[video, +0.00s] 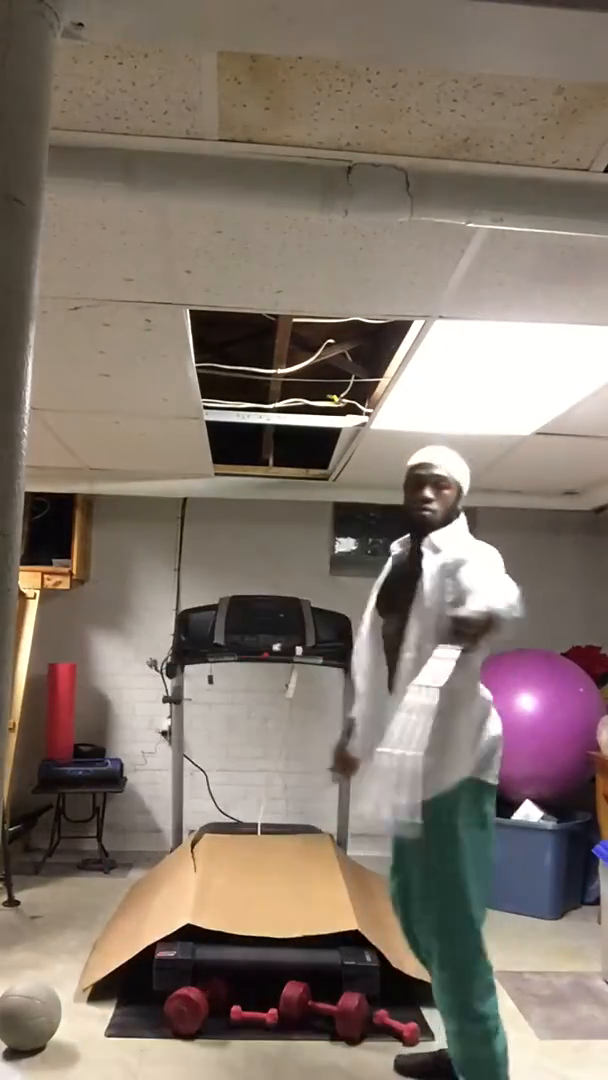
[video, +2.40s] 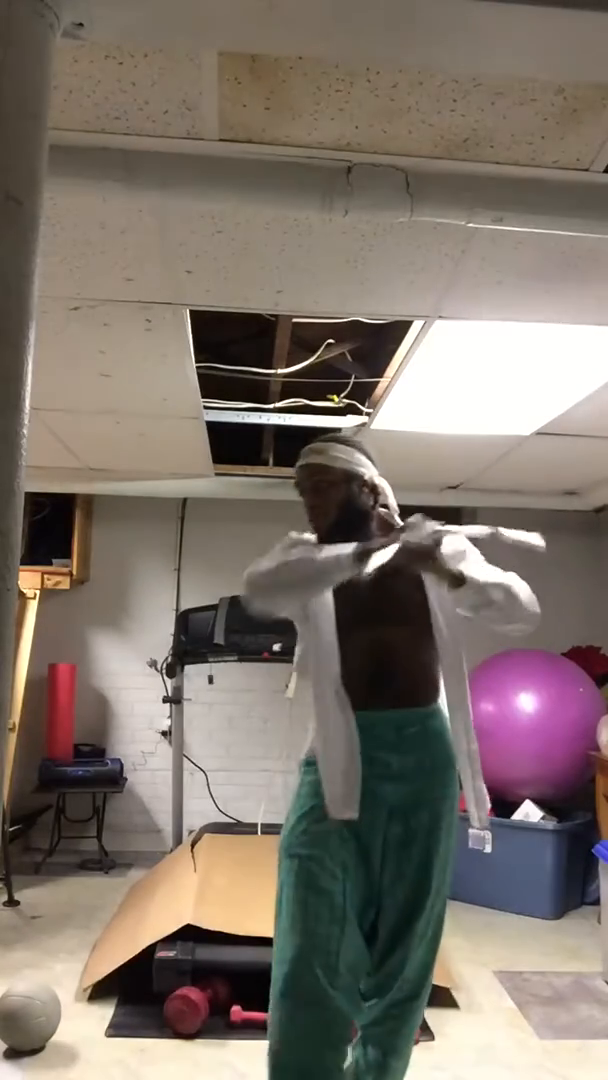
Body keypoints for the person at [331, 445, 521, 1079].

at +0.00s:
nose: (426, 494)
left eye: (440, 485)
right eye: (416, 484)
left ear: (462, 496)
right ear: (405, 494)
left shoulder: (471, 554)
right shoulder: (394, 564)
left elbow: (503, 599)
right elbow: (368, 659)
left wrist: (481, 616)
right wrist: (353, 737)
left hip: (453, 755)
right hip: (405, 756)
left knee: (449, 916)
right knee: (412, 907)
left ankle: (482, 1066)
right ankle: (462, 1049)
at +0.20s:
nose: (445, 499)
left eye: (456, 491)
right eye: (433, 489)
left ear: (468, 503)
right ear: (411, 500)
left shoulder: (484, 563)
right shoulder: (388, 570)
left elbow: (533, 599)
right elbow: (358, 665)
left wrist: (587, 629)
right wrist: (319, 735)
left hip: (458, 732)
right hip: (401, 729)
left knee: (454, 893)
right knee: (422, 891)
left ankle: (472, 1061)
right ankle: (460, 1043)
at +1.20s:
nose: (437, 516)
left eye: (447, 507)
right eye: (426, 507)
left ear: (462, 516)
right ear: (407, 516)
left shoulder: (493, 576)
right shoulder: (377, 574)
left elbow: (526, 644)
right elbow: (358, 644)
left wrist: (579, 660)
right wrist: (400, 685)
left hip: (467, 734)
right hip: (401, 737)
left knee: (447, 900)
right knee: (425, 898)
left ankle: (423, 1062)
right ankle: (469, 1033)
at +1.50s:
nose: (424, 510)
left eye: (433, 500)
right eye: (412, 502)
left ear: (452, 510)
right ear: (395, 514)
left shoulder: (478, 580)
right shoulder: (372, 550)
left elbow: (527, 647)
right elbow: (394, 571)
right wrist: (469, 600)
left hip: (444, 734)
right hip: (379, 735)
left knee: (414, 910)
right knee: (414, 898)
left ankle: (385, 1069)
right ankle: (466, 1028)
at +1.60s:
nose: (414, 507)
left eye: (425, 497)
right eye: (404, 500)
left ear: (448, 507)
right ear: (389, 512)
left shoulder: (475, 580)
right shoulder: (371, 548)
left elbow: (476, 686)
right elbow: (366, 558)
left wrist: (470, 628)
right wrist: (491, 600)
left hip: (432, 742)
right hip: (369, 741)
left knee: (401, 921)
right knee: (403, 899)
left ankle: (372, 1072)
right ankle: (463, 1022)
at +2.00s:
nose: (360, 481)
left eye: (373, 470)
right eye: (356, 474)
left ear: (415, 487)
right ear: (355, 492)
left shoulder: (456, 561)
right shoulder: (341, 548)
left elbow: (499, 661)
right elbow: (329, 508)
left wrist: (490, 566)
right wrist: (436, 522)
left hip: (417, 738)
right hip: (337, 735)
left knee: (395, 923)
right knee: (308, 904)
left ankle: (367, 1069)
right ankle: (383, 1009)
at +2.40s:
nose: (310, 506)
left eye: (322, 490)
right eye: (305, 494)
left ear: (371, 491)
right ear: (302, 502)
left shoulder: (430, 554)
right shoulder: (311, 558)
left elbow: (524, 609)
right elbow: (256, 586)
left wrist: (450, 566)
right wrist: (363, 555)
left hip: (421, 753)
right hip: (335, 752)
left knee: (405, 941)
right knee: (309, 943)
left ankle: (375, 1067)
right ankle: (308, 1067)